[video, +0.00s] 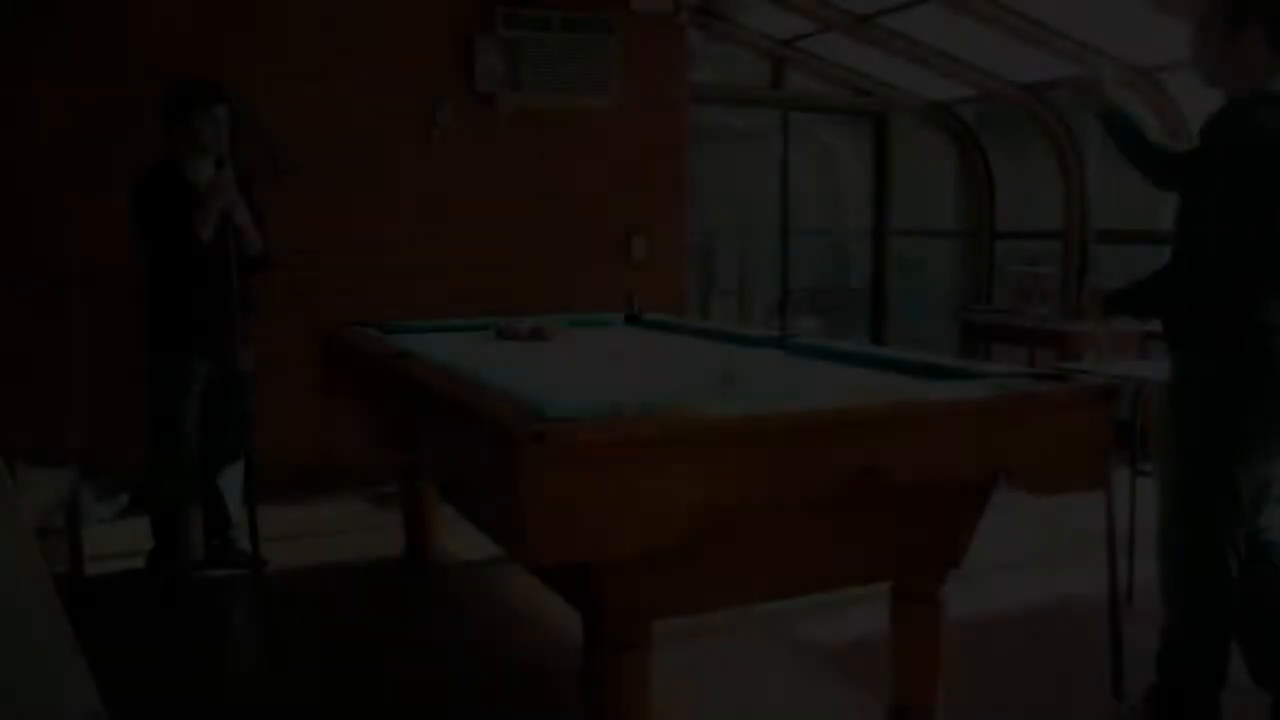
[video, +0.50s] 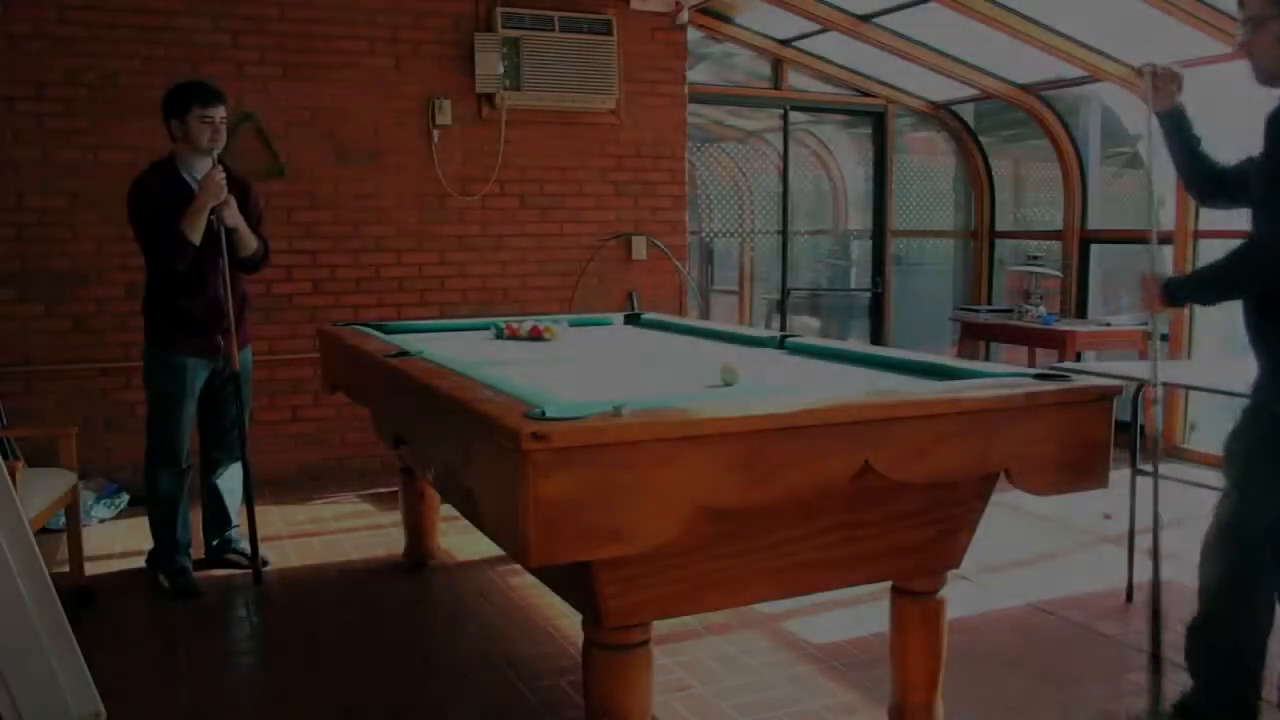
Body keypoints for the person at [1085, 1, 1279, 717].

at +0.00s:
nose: (1195, 52)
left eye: (1205, 35)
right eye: (1198, 37)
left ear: (1240, 41)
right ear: (1252, 43)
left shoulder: (1245, 130)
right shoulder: (1242, 124)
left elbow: (1198, 273)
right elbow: (1172, 173)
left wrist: (1113, 306)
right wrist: (1110, 114)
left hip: (1227, 373)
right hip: (1230, 367)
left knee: (1203, 542)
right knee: (1227, 539)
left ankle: (1188, 697)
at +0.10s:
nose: (1207, 52)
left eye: (1218, 36)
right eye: (1209, 37)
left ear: (1257, 41)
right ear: (1258, 42)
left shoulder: (1252, 128)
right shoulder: (1253, 121)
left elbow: (1215, 268)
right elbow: (1200, 183)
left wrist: (1122, 299)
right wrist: (1130, 114)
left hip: (1238, 380)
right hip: (1248, 372)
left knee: (1206, 546)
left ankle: (1185, 697)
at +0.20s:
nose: (1215, 47)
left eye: (1226, 30)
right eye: (1217, 31)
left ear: (1264, 36)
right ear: (1261, 37)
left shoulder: (1263, 125)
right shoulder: (1260, 119)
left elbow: (1229, 262)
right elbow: (1209, 186)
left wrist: (1136, 295)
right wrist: (1153, 120)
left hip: (1252, 382)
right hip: (1255, 375)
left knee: (1203, 554)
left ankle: (1186, 700)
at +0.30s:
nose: (1223, 46)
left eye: (1235, 30)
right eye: (1225, 30)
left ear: (1270, 36)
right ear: (1262, 36)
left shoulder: (1274, 122)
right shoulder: (1266, 119)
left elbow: (1248, 252)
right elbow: (1211, 187)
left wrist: (1155, 293)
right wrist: (1162, 116)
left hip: (1266, 377)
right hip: (1262, 373)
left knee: (1211, 550)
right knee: (1232, 547)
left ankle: (1187, 700)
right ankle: (1190, 696)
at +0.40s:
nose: (1233, 43)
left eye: (1245, 27)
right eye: (1234, 27)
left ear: (1279, 33)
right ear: (1261, 34)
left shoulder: (1279, 122)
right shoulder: (1273, 121)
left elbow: (1259, 251)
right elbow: (1213, 187)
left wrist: (1165, 290)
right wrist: (1170, 113)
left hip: (1275, 380)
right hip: (1269, 376)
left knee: (1226, 548)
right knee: (1237, 546)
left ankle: (1195, 699)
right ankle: (1197, 694)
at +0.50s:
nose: (1243, 43)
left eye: (1253, 25)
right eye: (1243, 26)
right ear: (1265, 32)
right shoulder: (1278, 126)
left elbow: (1269, 252)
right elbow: (1213, 186)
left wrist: (1177, 290)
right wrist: (1171, 112)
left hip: (1279, 389)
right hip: (1274, 384)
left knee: (1241, 547)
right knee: (1244, 546)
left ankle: (1222, 701)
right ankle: (1222, 698)